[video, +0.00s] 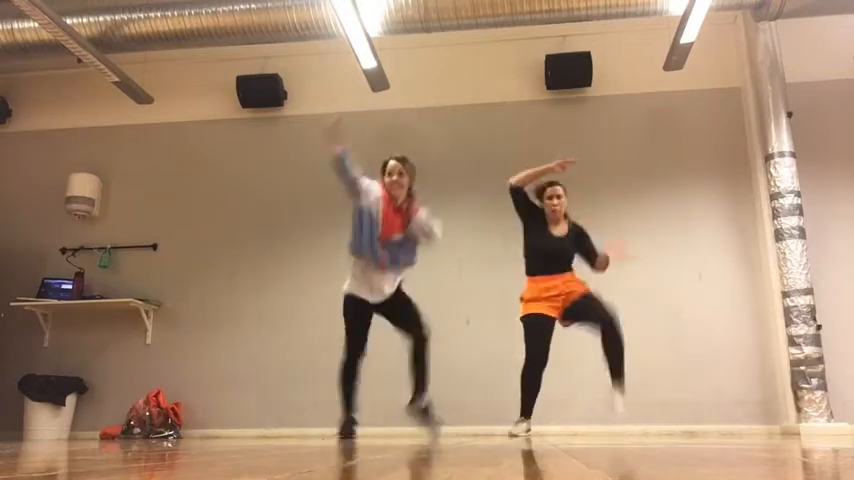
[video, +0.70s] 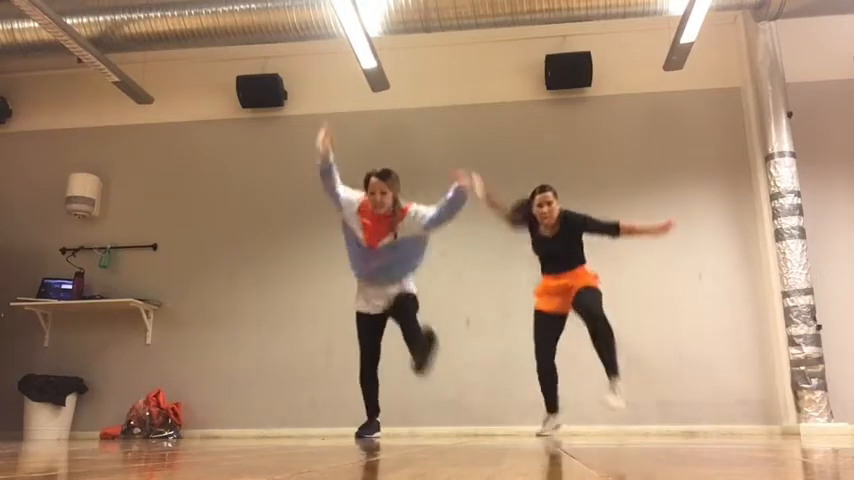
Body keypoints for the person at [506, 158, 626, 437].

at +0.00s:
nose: (555, 201)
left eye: (559, 197)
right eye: (550, 197)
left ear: (566, 200)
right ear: (543, 202)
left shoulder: (575, 231)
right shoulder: (533, 220)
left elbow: (598, 264)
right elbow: (514, 186)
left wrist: (606, 255)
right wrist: (550, 168)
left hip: (570, 292)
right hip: (539, 296)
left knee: (607, 318)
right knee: (535, 358)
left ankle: (618, 387)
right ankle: (524, 419)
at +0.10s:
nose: (546, 206)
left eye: (549, 200)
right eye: (542, 203)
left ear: (562, 196)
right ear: (539, 206)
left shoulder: (584, 219)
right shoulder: (542, 221)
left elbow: (603, 207)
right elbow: (519, 188)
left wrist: (573, 186)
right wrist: (544, 167)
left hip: (578, 291)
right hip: (544, 290)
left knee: (597, 350)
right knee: (524, 349)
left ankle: (615, 417)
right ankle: (516, 411)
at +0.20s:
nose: (535, 218)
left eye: (537, 212)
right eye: (532, 214)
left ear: (551, 203)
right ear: (537, 212)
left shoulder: (579, 205)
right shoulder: (548, 221)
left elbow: (592, 173)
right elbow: (522, 203)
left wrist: (578, 139)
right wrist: (524, 171)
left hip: (584, 286)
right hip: (554, 284)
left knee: (604, 347)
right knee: (507, 307)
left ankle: (621, 414)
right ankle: (518, 367)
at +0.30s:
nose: (528, 223)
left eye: (531, 216)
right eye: (527, 219)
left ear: (548, 211)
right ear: (539, 217)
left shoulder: (573, 213)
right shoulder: (545, 238)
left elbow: (589, 190)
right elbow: (517, 243)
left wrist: (594, 157)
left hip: (591, 293)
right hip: (563, 291)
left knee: (606, 352)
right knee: (511, 280)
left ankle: (622, 415)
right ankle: (533, 336)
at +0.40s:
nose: (526, 223)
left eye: (528, 217)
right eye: (525, 218)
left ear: (544, 212)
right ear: (539, 216)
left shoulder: (569, 218)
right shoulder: (549, 243)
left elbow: (594, 218)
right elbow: (546, 278)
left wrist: (612, 215)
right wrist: (537, 298)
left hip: (591, 295)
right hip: (561, 296)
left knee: (602, 355)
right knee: (512, 305)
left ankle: (622, 417)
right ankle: (543, 359)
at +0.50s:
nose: (525, 220)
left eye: (528, 213)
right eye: (523, 215)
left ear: (544, 210)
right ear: (538, 214)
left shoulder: (572, 228)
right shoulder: (544, 245)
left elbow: (605, 254)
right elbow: (558, 284)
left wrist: (635, 274)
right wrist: (565, 319)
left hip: (585, 298)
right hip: (556, 303)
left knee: (597, 356)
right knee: (530, 356)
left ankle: (627, 417)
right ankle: (552, 413)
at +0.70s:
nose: (545, 209)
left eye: (549, 204)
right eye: (540, 205)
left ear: (558, 204)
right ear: (532, 208)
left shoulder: (572, 221)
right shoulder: (529, 220)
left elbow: (613, 228)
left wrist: (654, 230)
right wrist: (482, 191)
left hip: (580, 283)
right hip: (550, 290)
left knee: (594, 315)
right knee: (543, 353)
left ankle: (614, 381)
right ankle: (552, 414)